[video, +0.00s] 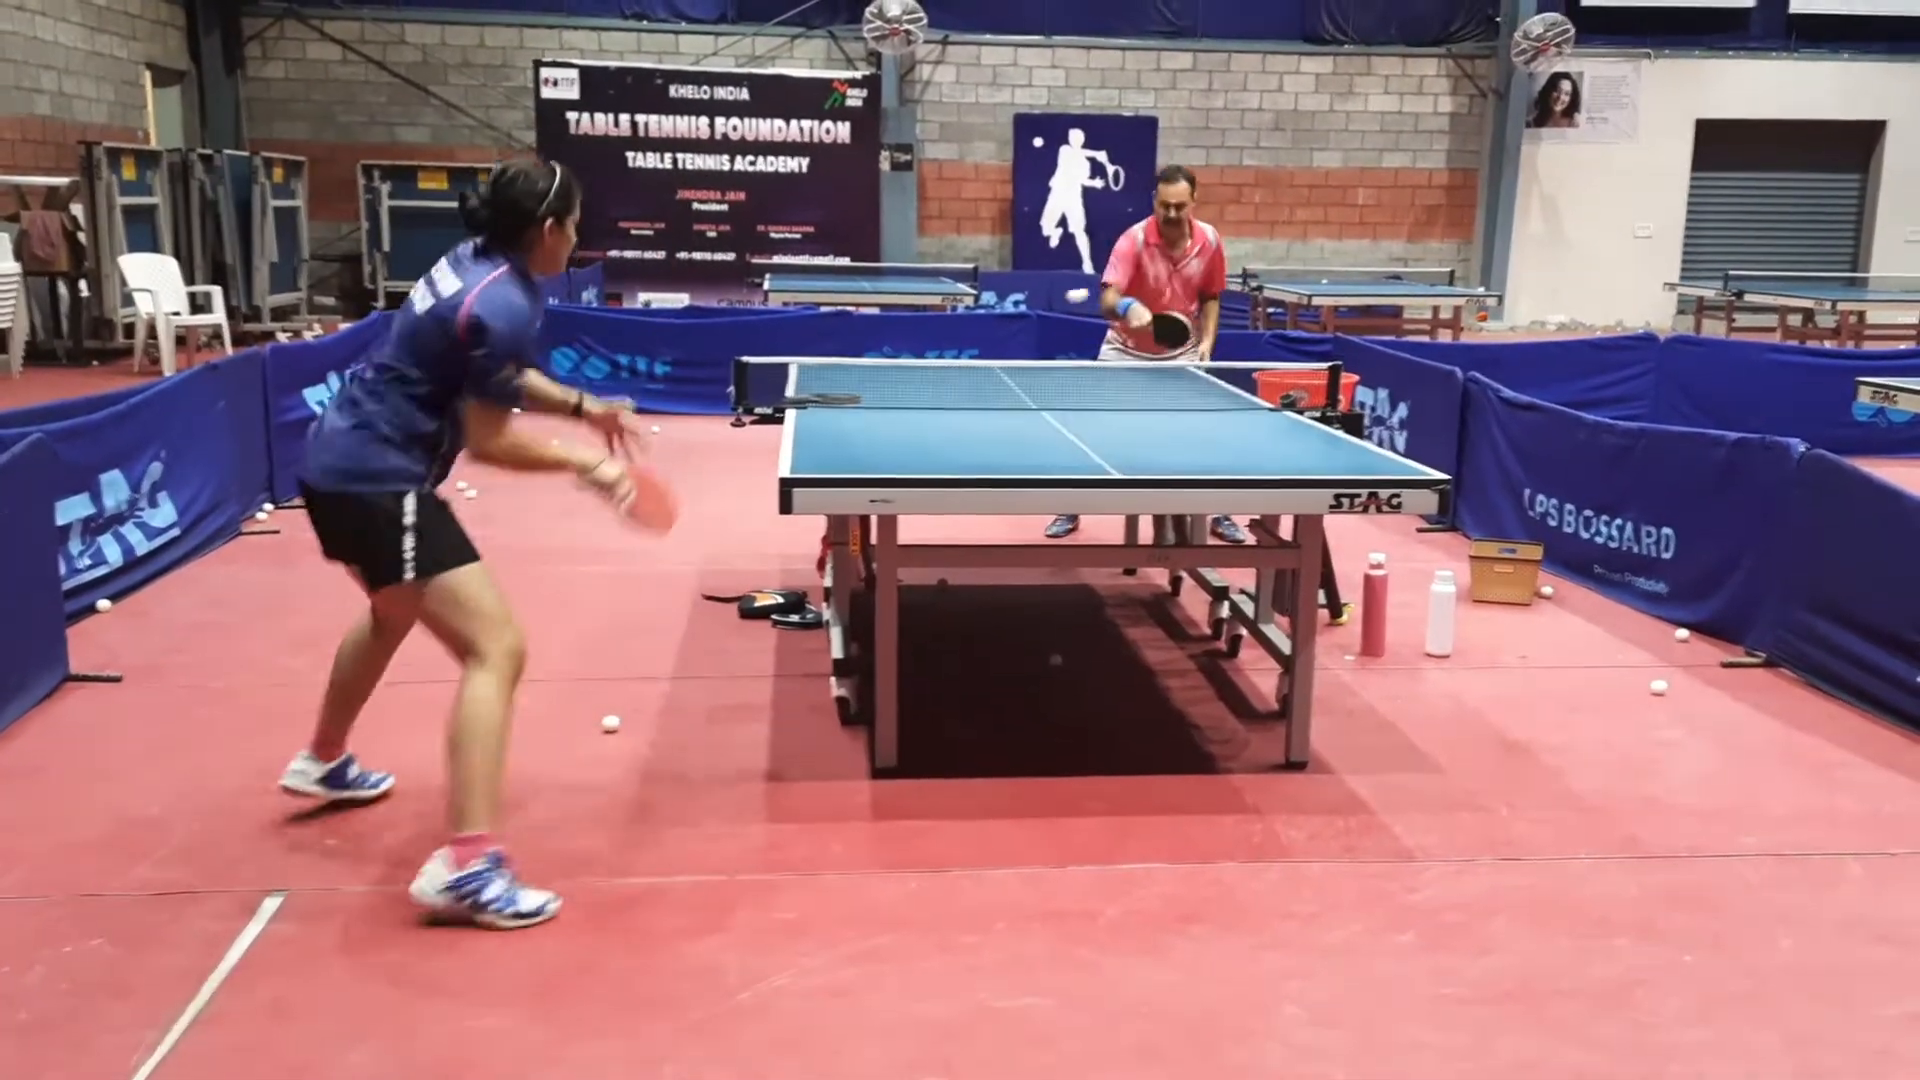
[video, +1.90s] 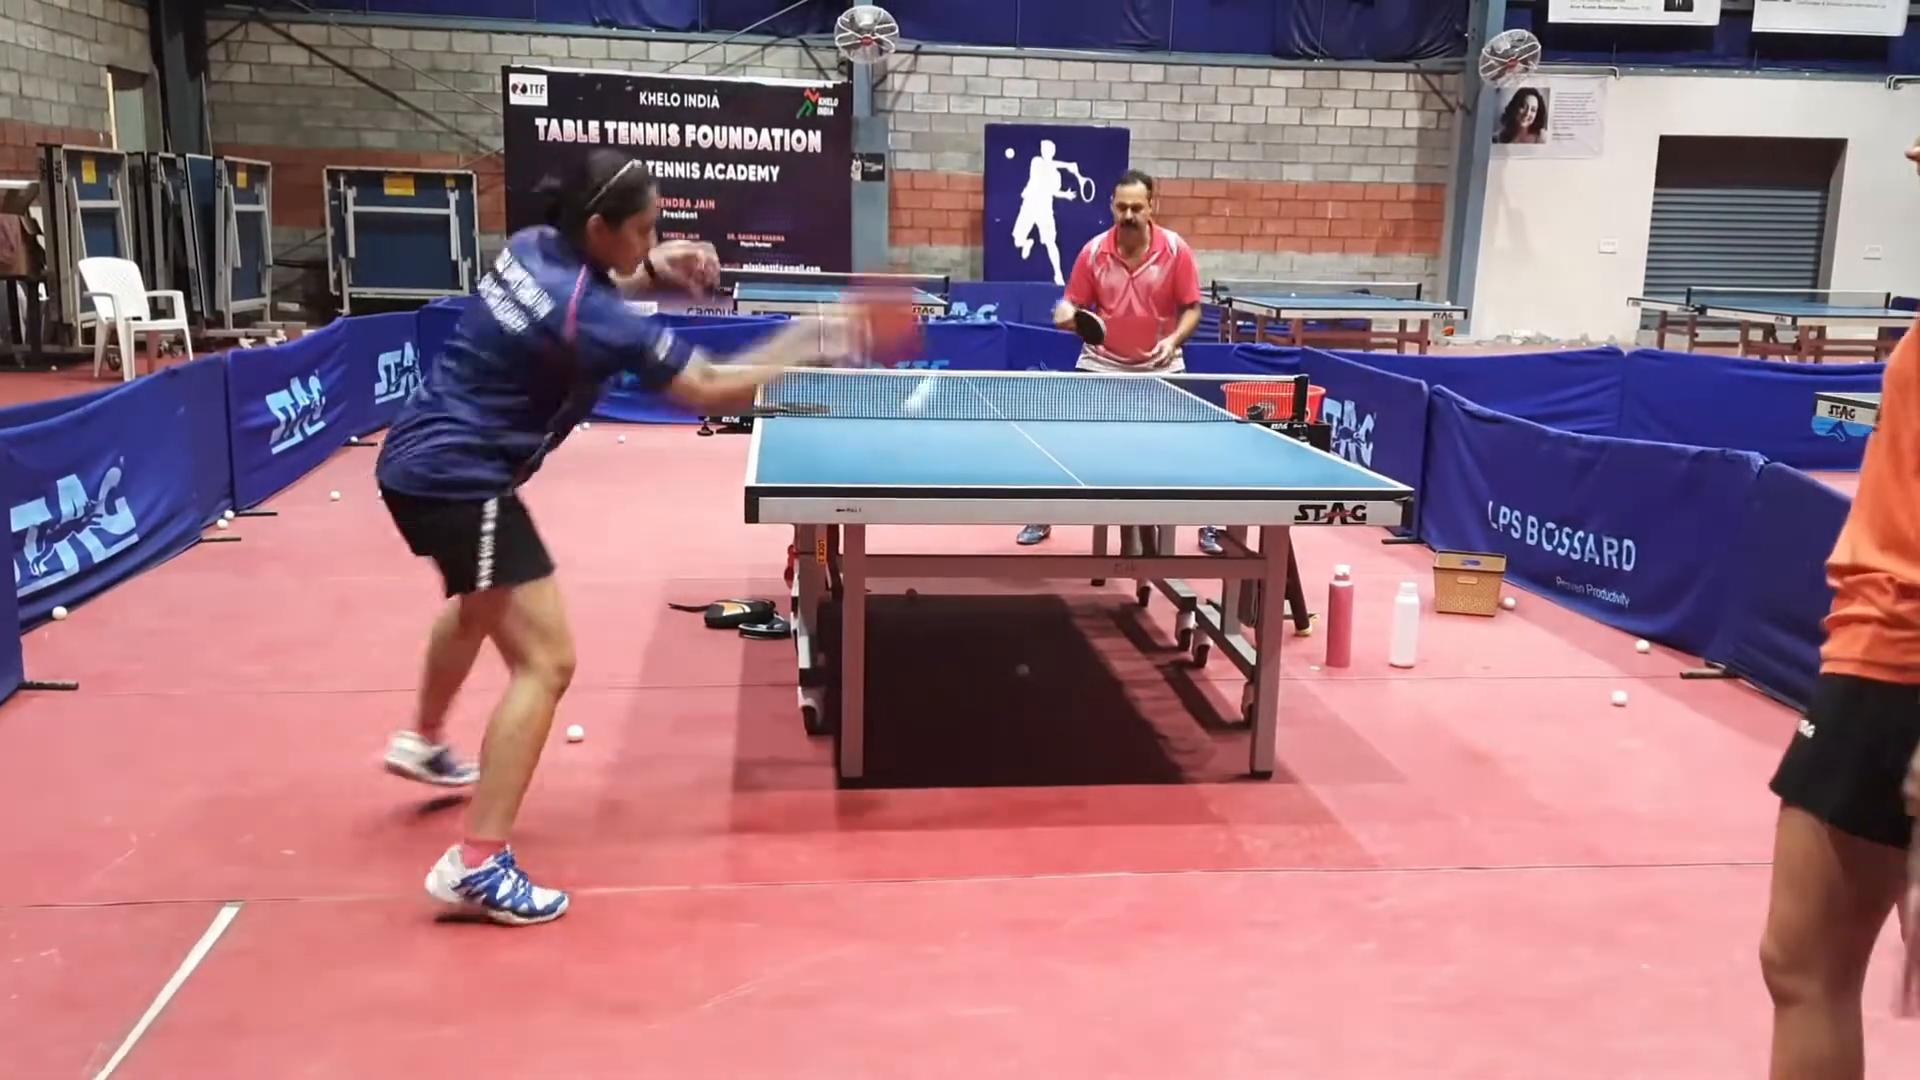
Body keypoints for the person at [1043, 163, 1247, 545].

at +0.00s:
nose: (1172, 214)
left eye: (1180, 206)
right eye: (1165, 206)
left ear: (1193, 203)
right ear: (1154, 203)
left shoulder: (1208, 239)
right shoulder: (1133, 240)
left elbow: (1211, 297)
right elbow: (1107, 298)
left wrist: (1207, 343)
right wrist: (1127, 307)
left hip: (1183, 353)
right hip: (1125, 351)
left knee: (1205, 427)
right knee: (1090, 421)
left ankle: (1218, 512)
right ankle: (1068, 507)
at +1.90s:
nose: (1129, 216)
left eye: (1137, 208)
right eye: (1122, 208)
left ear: (1152, 207)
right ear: (1112, 208)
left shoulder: (1175, 250)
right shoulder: (1094, 252)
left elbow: (1193, 308)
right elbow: (1071, 306)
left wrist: (1173, 339)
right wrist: (1071, 318)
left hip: (1160, 367)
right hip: (1099, 364)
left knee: (1189, 438)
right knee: (1062, 432)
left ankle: (1211, 521)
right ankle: (1039, 515)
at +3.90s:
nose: (1116, 175)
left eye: (1124, 168)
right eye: (1109, 167)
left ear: (1137, 173)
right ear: (1099, 171)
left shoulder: (1158, 225)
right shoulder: (1078, 223)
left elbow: (1164, 287)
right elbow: (1061, 287)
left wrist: (1142, 335)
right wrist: (1069, 289)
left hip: (1133, 347)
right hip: (1075, 344)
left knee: (1146, 434)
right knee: (1038, 418)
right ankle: (1013, 502)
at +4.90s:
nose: (1106, 192)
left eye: (1115, 184)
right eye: (1100, 183)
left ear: (1131, 187)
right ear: (1092, 184)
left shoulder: (1153, 233)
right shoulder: (1071, 231)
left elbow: (1166, 296)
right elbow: (1055, 289)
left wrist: (1133, 329)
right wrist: (1042, 294)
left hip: (1129, 351)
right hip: (1069, 344)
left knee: (1159, 423)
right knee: (1032, 413)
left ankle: (1174, 508)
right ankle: (1016, 498)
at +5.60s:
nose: (1110, 205)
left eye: (1117, 197)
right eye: (1102, 197)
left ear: (1125, 193)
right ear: (1083, 190)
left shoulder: (1138, 231)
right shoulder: (1052, 231)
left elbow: (1167, 281)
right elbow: (1029, 283)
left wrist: (1181, 313)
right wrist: (1027, 305)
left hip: (1117, 348)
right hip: (1054, 346)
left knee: (1134, 429)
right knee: (1024, 419)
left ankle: (1152, 522)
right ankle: (999, 509)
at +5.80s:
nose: (1142, 220)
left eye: (1151, 213)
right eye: (1135, 210)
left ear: (1163, 210)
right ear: (1122, 202)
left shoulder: (1173, 248)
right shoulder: (1093, 234)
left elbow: (1197, 305)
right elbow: (1067, 283)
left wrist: (1216, 351)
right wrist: (1057, 304)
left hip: (1146, 351)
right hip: (1090, 347)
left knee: (1152, 437)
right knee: (1051, 423)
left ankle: (1154, 529)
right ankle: (1015, 511)